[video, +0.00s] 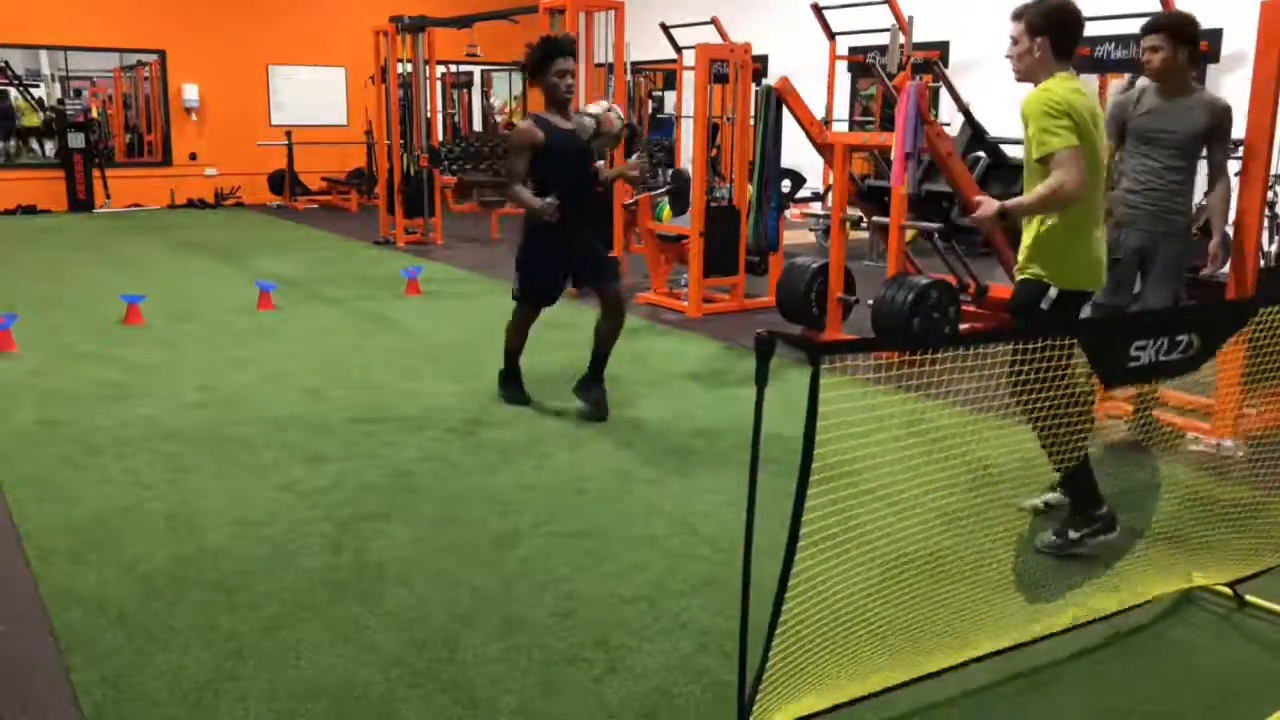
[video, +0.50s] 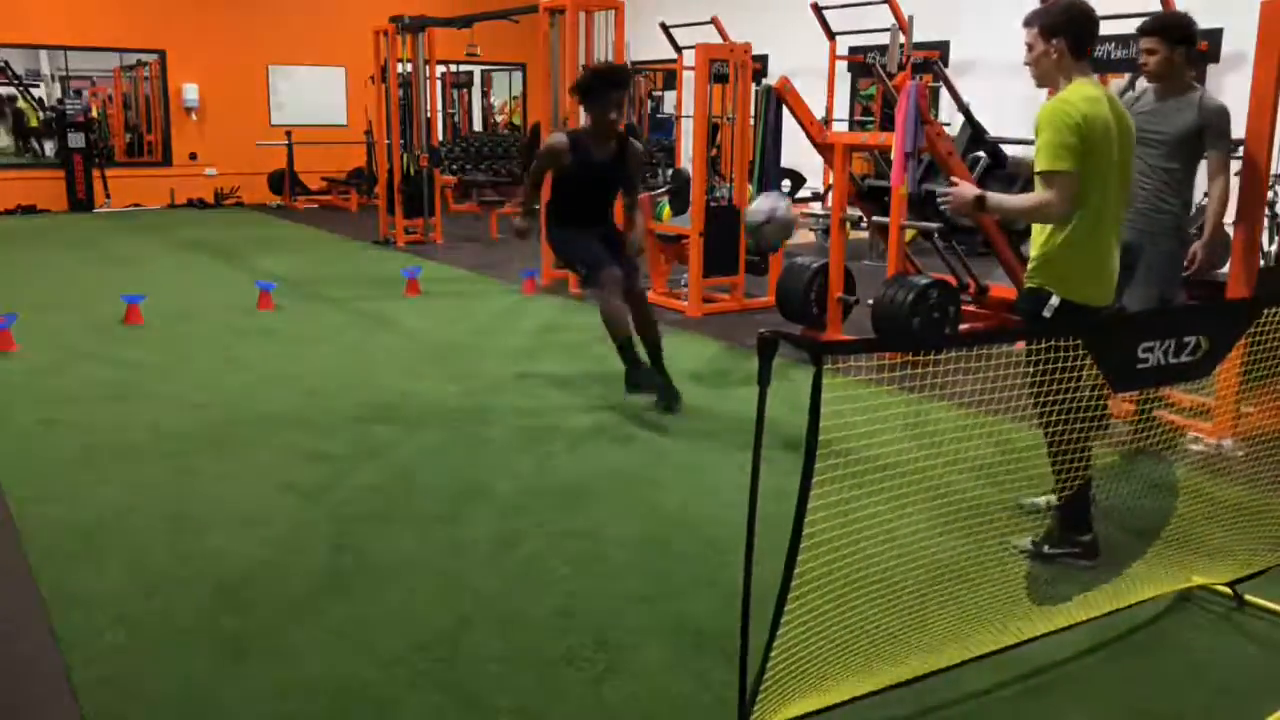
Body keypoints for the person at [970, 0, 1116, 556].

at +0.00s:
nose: (1010, 50)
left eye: (1018, 41)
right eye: (1012, 41)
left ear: (1045, 46)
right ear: (1055, 47)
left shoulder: (1045, 98)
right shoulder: (1080, 96)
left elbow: (1069, 183)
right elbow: (1096, 179)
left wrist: (1003, 207)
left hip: (1050, 272)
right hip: (1076, 270)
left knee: (1027, 381)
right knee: (1054, 377)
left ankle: (1092, 511)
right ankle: (1072, 482)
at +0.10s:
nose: (1012, 53)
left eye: (1019, 43)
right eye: (1013, 43)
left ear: (1046, 46)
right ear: (1058, 47)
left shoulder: (1048, 103)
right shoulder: (1089, 98)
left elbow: (1062, 191)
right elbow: (1124, 179)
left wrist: (997, 209)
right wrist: (1080, 219)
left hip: (1049, 270)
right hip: (1081, 269)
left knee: (1031, 388)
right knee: (1060, 383)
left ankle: (1068, 523)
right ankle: (1071, 491)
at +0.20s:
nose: (1014, 58)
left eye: (1020, 48)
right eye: (1015, 48)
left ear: (1047, 50)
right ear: (1063, 52)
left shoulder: (1049, 109)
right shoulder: (1097, 105)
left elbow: (1057, 203)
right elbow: (1124, 198)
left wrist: (988, 212)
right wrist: (1073, 220)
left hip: (1048, 279)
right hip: (1082, 278)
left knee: (1033, 397)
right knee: (1057, 388)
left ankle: (1073, 528)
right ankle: (1068, 502)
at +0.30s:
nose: (1017, 60)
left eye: (1023, 49)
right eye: (1017, 50)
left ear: (1048, 48)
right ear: (1064, 51)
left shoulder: (1051, 107)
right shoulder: (1108, 110)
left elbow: (1055, 202)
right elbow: (1126, 195)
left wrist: (985, 210)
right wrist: (1085, 232)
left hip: (1051, 277)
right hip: (1087, 277)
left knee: (1040, 393)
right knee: (1063, 387)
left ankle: (1074, 530)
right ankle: (1066, 501)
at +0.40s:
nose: (1021, 59)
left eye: (1026, 48)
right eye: (1022, 48)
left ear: (1052, 48)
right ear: (1067, 50)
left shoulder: (1055, 107)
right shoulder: (1111, 110)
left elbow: (1055, 202)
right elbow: (1126, 195)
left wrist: (983, 204)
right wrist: (1072, 212)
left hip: (1054, 277)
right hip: (1091, 278)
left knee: (1049, 400)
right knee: (1069, 395)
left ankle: (1074, 532)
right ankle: (1068, 510)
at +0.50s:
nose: (1025, 59)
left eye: (1029, 48)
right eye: (1025, 48)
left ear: (1056, 48)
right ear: (1073, 49)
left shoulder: (1062, 110)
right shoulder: (1114, 109)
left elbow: (1056, 205)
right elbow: (1114, 194)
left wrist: (981, 201)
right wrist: (1029, 171)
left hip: (1059, 281)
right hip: (1096, 281)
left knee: (1053, 402)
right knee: (1069, 395)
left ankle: (1075, 532)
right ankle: (1070, 498)